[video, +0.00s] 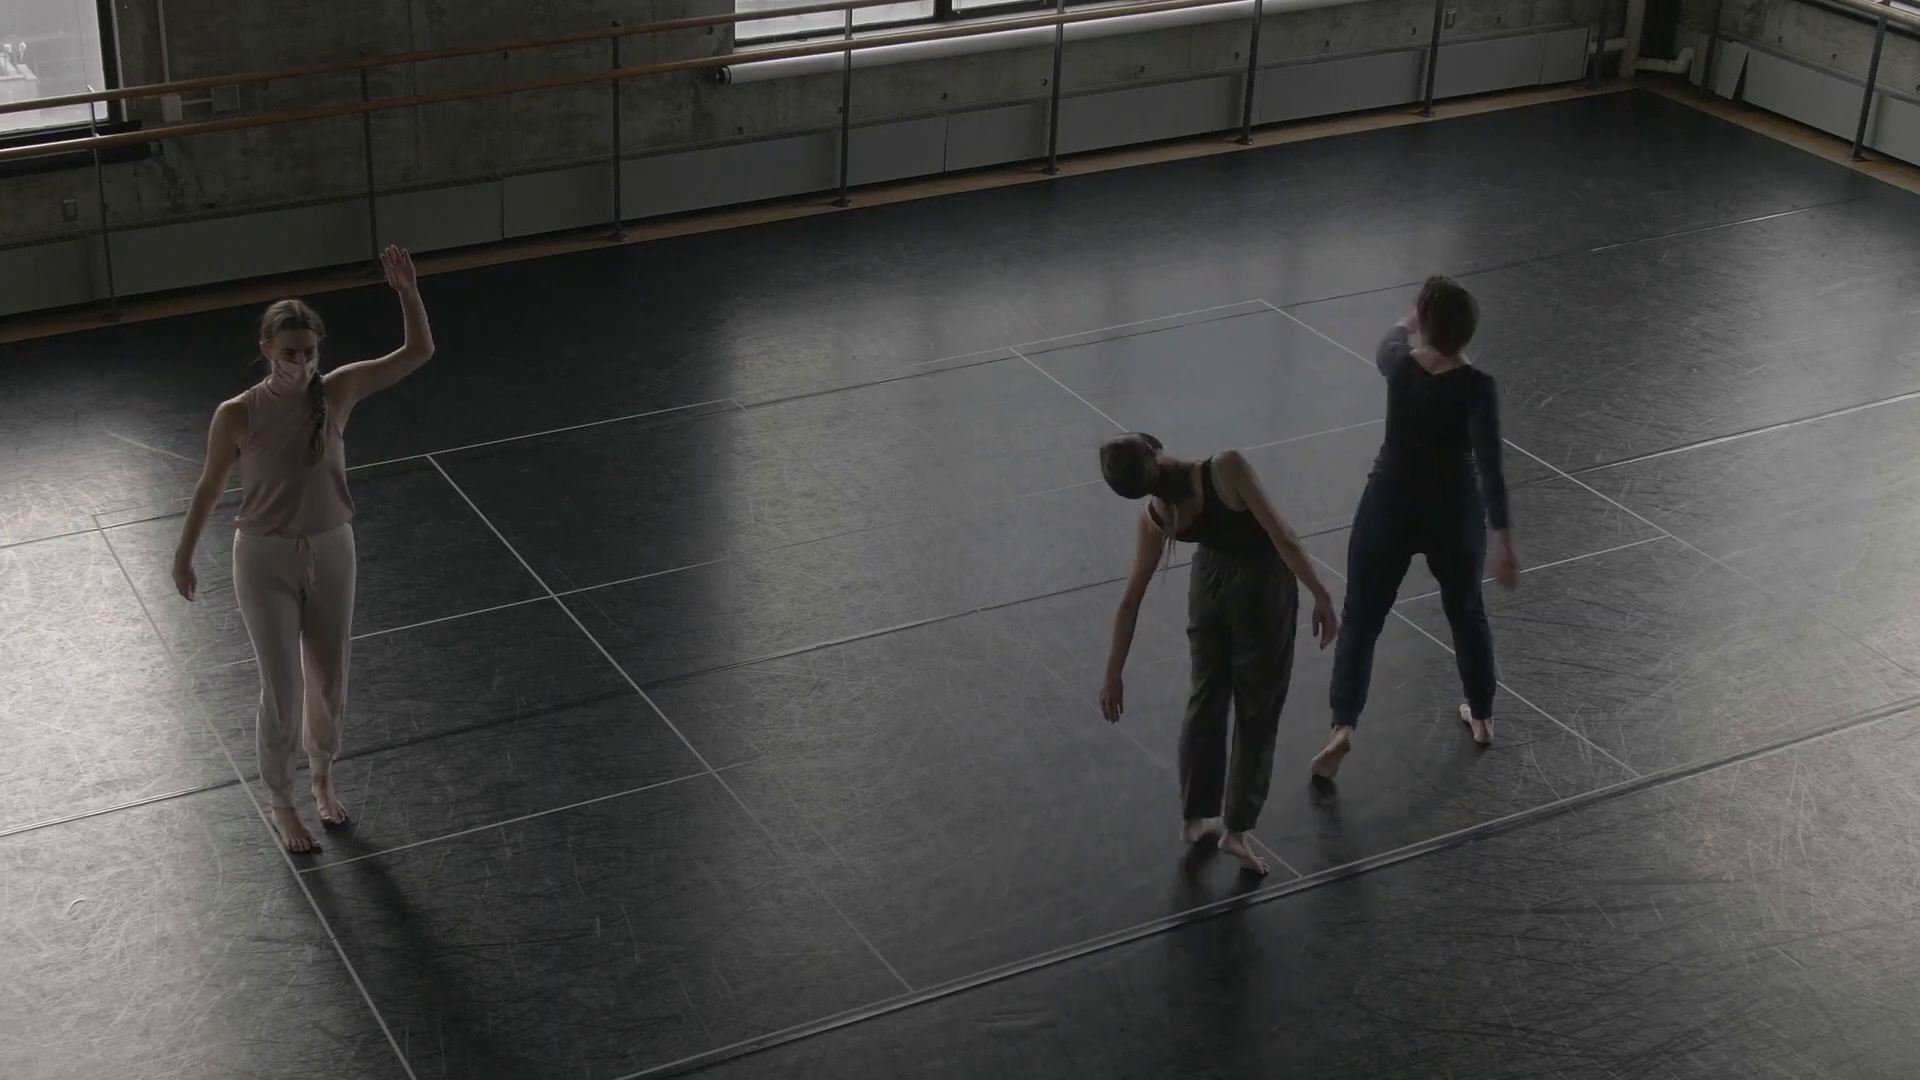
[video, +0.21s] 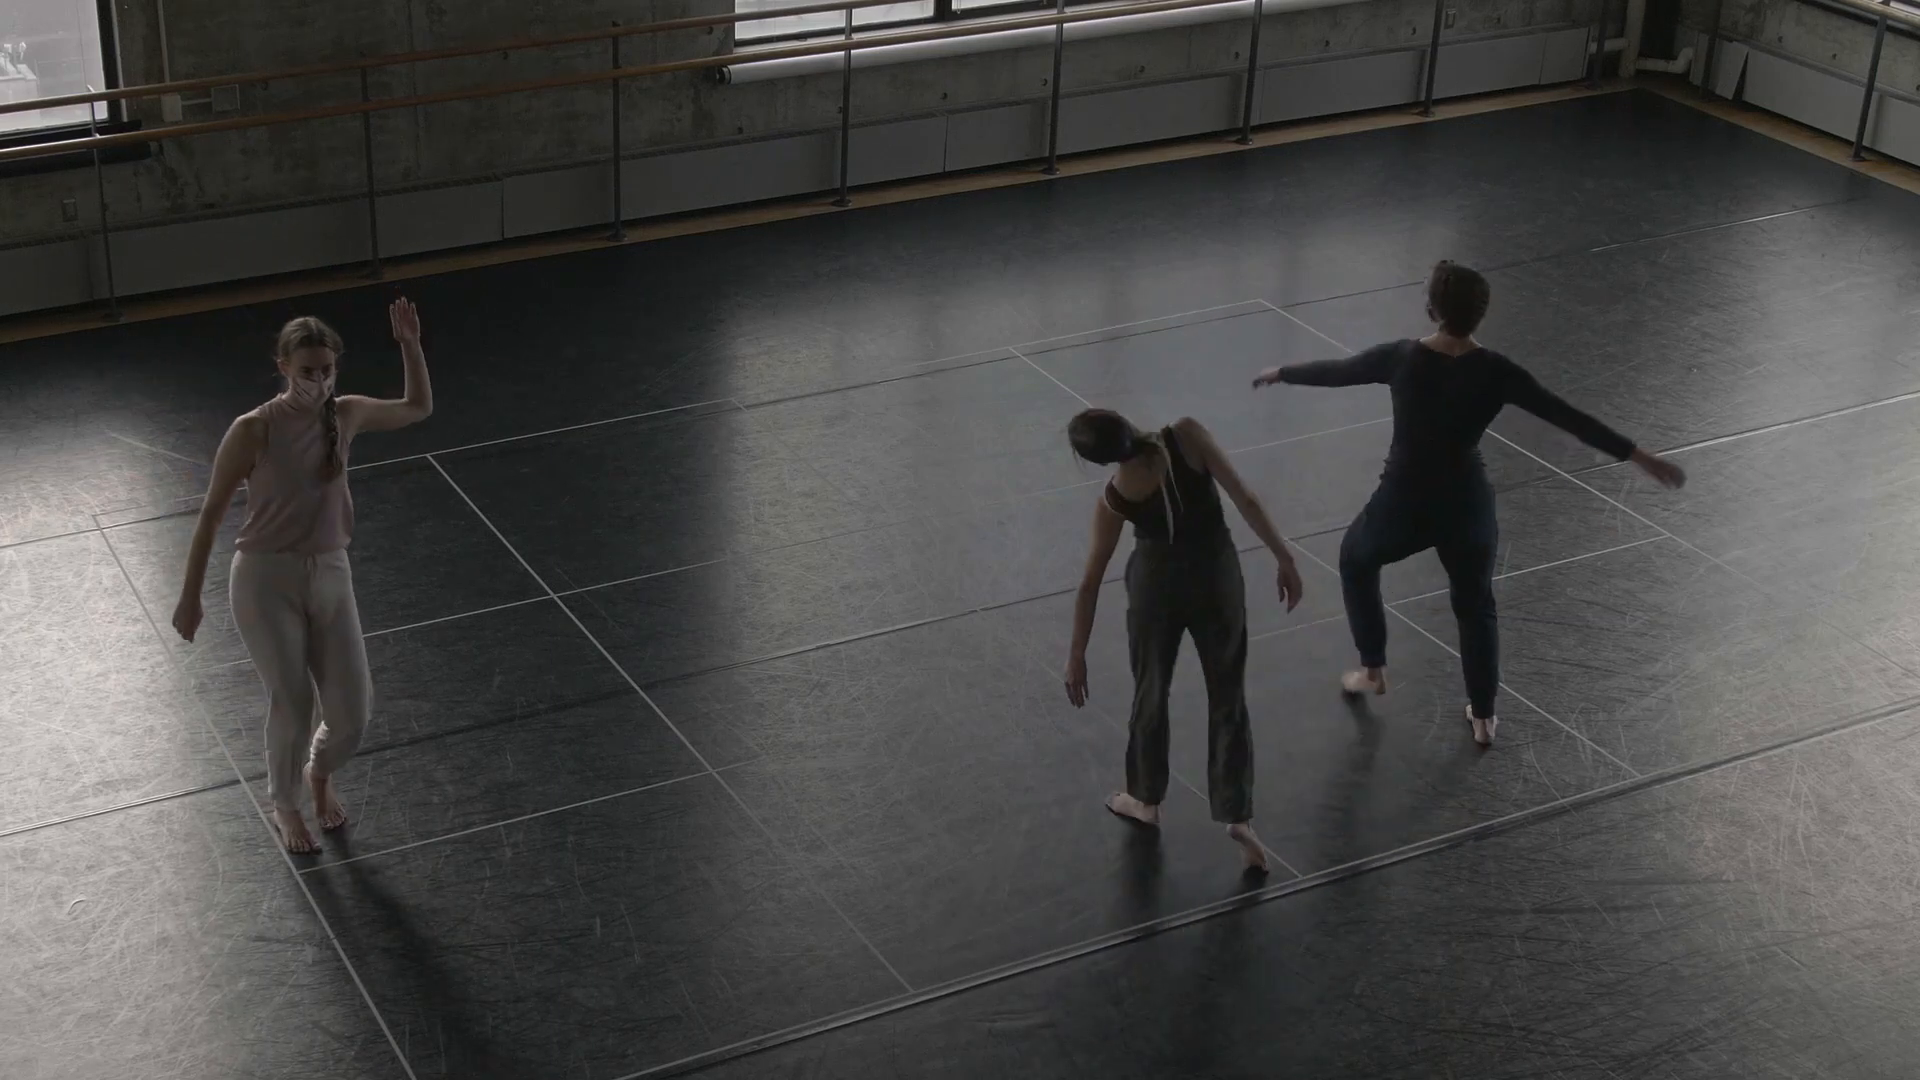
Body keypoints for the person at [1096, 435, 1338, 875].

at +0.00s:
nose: (1147, 439)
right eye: (1145, 441)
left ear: (1136, 491)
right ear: (1156, 450)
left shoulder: (1155, 518)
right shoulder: (1228, 469)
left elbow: (1130, 601)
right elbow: (1280, 535)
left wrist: (1112, 675)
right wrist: (1320, 594)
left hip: (1209, 584)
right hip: (1263, 585)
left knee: (1205, 696)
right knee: (1258, 707)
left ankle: (1197, 818)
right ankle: (1237, 831)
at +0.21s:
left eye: (1087, 455)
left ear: (1101, 460)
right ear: (1127, 424)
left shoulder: (1115, 500)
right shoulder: (1187, 436)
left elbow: (1090, 583)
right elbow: (1243, 497)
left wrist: (1076, 655)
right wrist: (1285, 558)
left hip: (1157, 590)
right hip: (1217, 581)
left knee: (1151, 691)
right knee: (1229, 697)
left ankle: (1146, 799)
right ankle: (1238, 816)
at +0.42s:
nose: (1030, 426)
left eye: (1034, 421)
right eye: (1029, 419)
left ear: (1057, 424)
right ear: (1083, 397)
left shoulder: (1073, 478)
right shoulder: (1128, 415)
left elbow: (1066, 563)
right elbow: (1185, 459)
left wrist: (1052, 634)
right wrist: (1231, 511)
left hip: (1117, 585)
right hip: (1159, 568)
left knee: (1120, 688)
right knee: (1091, 637)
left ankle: (1140, 799)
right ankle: (1123, 747)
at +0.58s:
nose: (993, 405)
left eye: (997, 400)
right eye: (993, 398)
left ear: (1018, 404)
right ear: (1038, 381)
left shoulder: (1045, 454)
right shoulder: (1058, 399)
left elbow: (1067, 542)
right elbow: (1100, 427)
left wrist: (1066, 624)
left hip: (1077, 564)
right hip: (1078, 545)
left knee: (1059, 674)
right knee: (1030, 608)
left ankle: (1129, 769)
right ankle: (1000, 683)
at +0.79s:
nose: (947, 412)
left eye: (953, 409)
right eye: (948, 406)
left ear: (979, 416)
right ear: (990, 407)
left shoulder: (1006, 470)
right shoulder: (990, 419)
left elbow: (1049, 547)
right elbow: (937, 429)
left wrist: (1081, 614)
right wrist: (896, 427)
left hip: (1040, 574)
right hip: (1017, 549)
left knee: (941, 638)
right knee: (964, 621)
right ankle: (999, 703)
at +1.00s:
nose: (911, 475)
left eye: (921, 471)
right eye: (911, 466)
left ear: (956, 472)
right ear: (944, 469)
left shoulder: (966, 526)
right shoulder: (932, 491)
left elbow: (1017, 591)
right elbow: (850, 497)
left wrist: (1055, 654)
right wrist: (779, 508)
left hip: (1005, 626)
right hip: (980, 603)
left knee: (894, 648)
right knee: (911, 640)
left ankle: (930, 732)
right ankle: (984, 684)